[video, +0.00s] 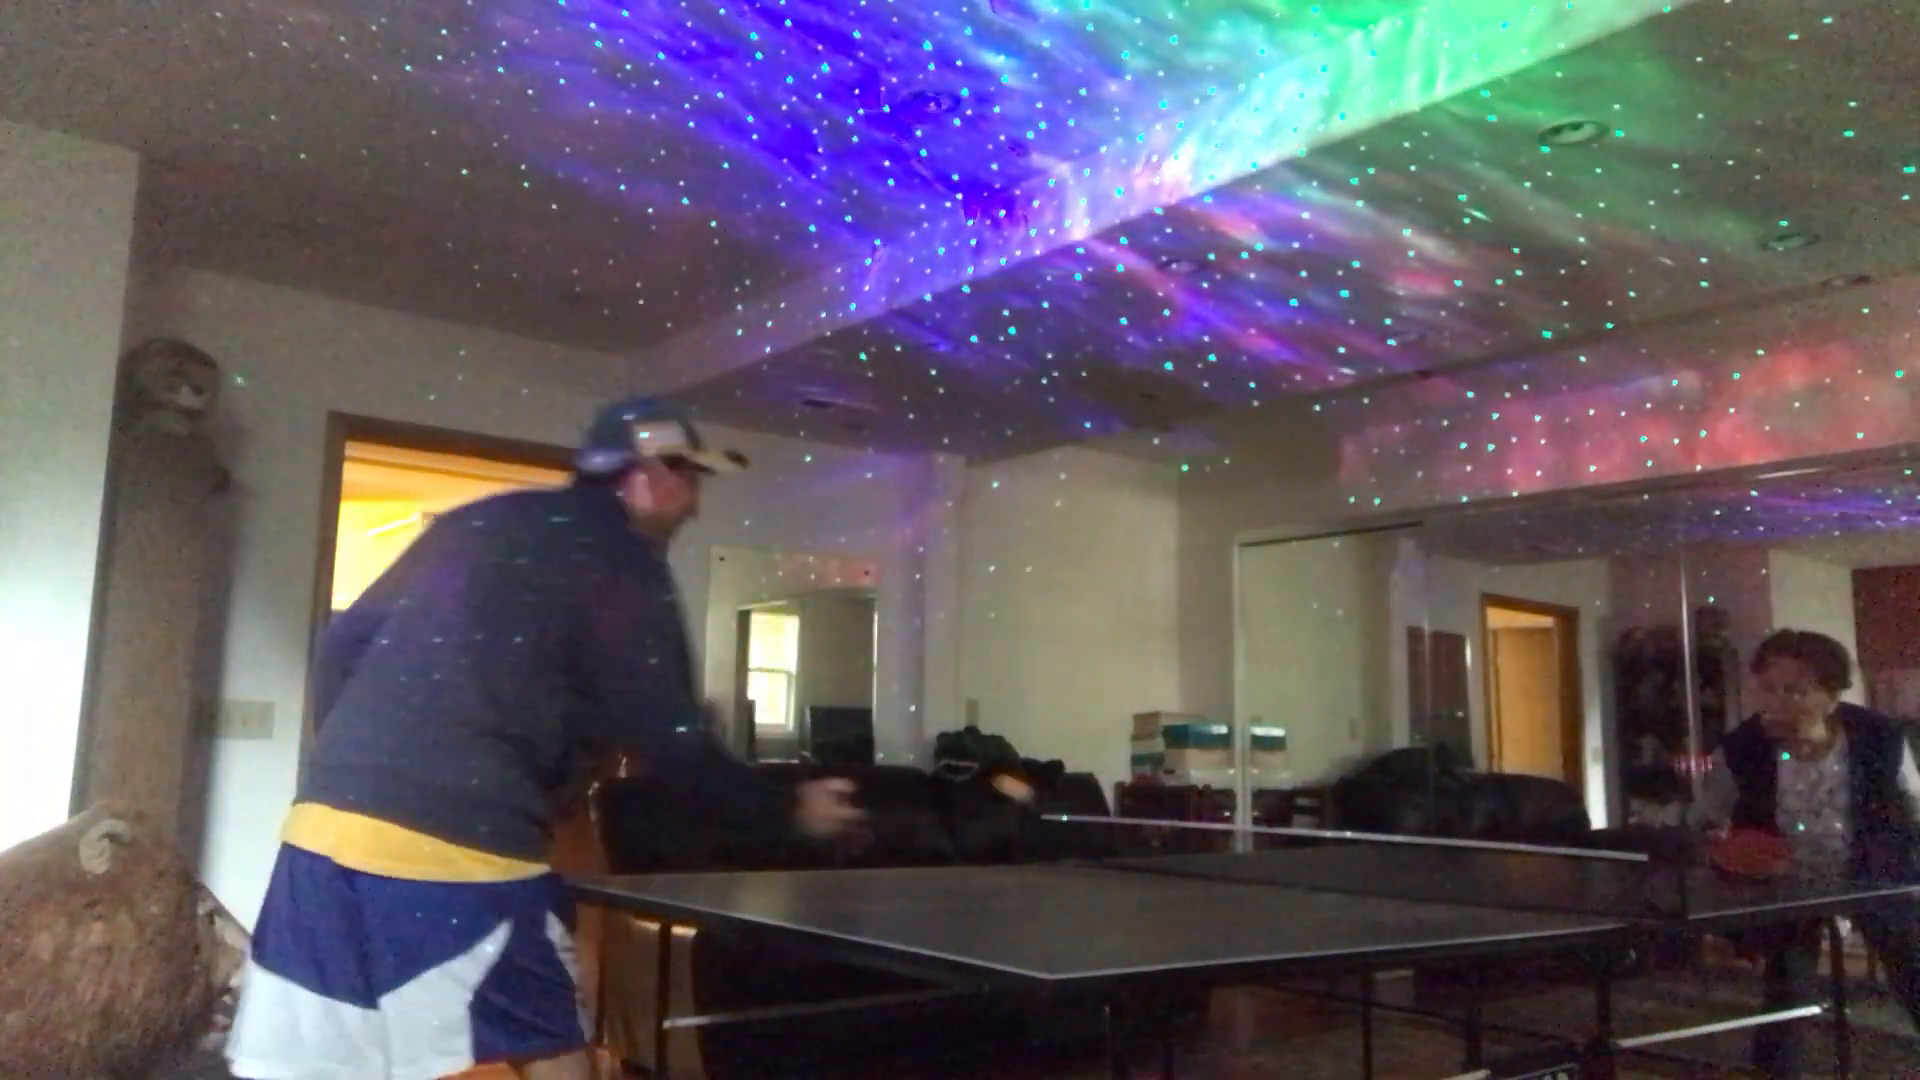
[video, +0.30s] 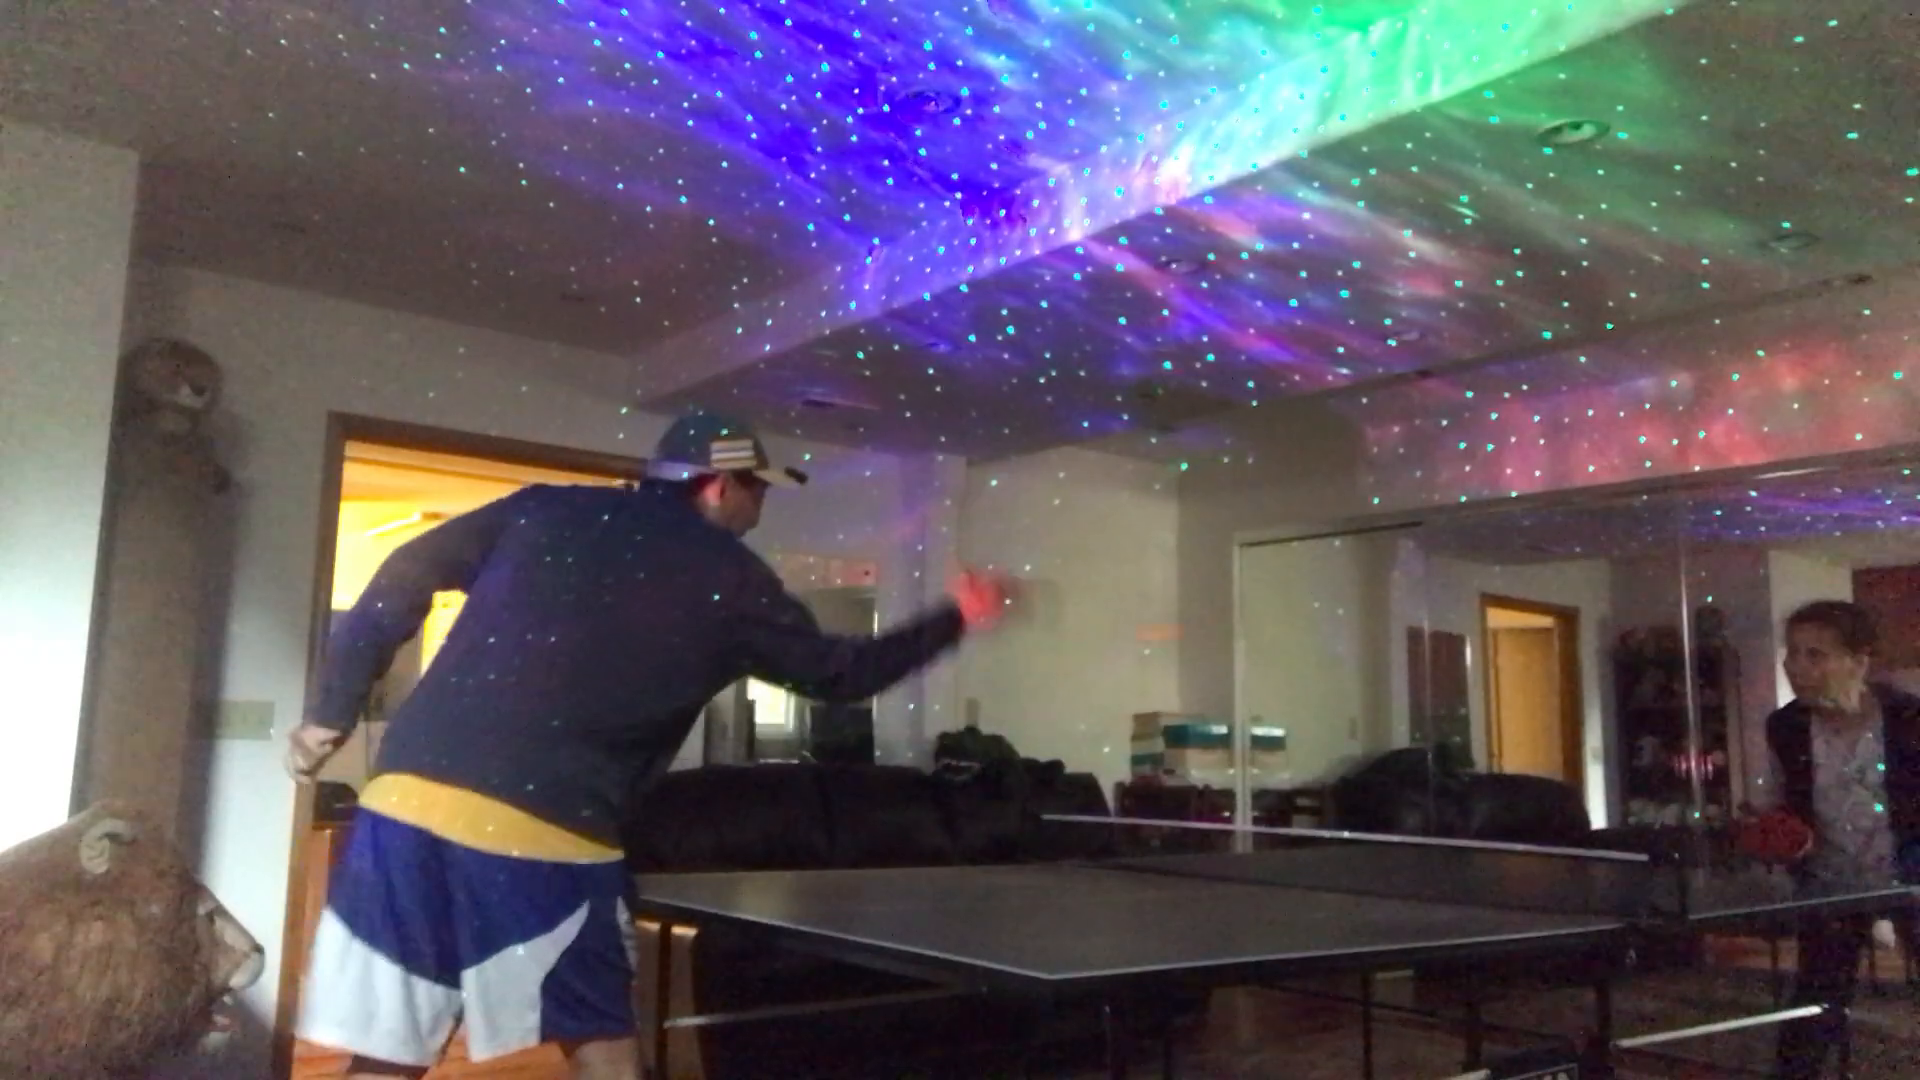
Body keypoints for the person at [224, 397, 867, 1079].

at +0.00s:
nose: (696, 501)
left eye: (698, 481)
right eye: (690, 478)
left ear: (597, 469)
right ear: (645, 474)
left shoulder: (471, 521)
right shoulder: (626, 564)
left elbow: (343, 636)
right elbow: (673, 748)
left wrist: (349, 775)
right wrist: (785, 808)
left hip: (320, 837)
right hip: (461, 854)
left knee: (298, 1067)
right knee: (536, 1064)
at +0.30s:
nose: (758, 511)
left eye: (761, 496)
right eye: (754, 495)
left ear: (661, 473)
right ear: (718, 487)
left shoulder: (539, 506)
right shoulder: (732, 578)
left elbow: (404, 571)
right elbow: (841, 670)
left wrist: (328, 710)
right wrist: (955, 618)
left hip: (405, 799)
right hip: (546, 830)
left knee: (374, 1057)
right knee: (606, 1060)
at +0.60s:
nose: (712, 463)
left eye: (715, 445)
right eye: (702, 442)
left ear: (620, 440)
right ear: (660, 444)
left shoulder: (504, 506)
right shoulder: (661, 528)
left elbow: (400, 637)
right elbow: (738, 672)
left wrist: (442, 745)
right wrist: (848, 623)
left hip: (405, 812)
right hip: (538, 826)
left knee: (391, 1058)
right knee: (606, 1055)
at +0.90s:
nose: (632, 424)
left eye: (630, 406)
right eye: (621, 405)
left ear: (541, 411)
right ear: (574, 412)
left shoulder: (440, 493)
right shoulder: (550, 489)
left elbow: (347, 646)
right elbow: (512, 650)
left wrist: (409, 749)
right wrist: (649, 724)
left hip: (354, 822)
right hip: (470, 828)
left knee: (364, 1062)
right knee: (546, 1058)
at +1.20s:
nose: (627, 418)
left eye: (625, 399)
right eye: (617, 398)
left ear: (530, 399)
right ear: (571, 401)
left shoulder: (427, 487)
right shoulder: (537, 488)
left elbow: (341, 640)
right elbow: (539, 665)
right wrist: (683, 704)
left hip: (340, 827)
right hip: (450, 834)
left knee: (340, 1060)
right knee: (487, 1063)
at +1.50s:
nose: (684, 427)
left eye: (684, 404)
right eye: (674, 400)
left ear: (606, 400)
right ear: (615, 399)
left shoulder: (520, 477)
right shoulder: (540, 474)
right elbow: (458, 642)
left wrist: (638, 789)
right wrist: (616, 741)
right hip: (443, 842)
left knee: (349, 1061)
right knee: (469, 1060)